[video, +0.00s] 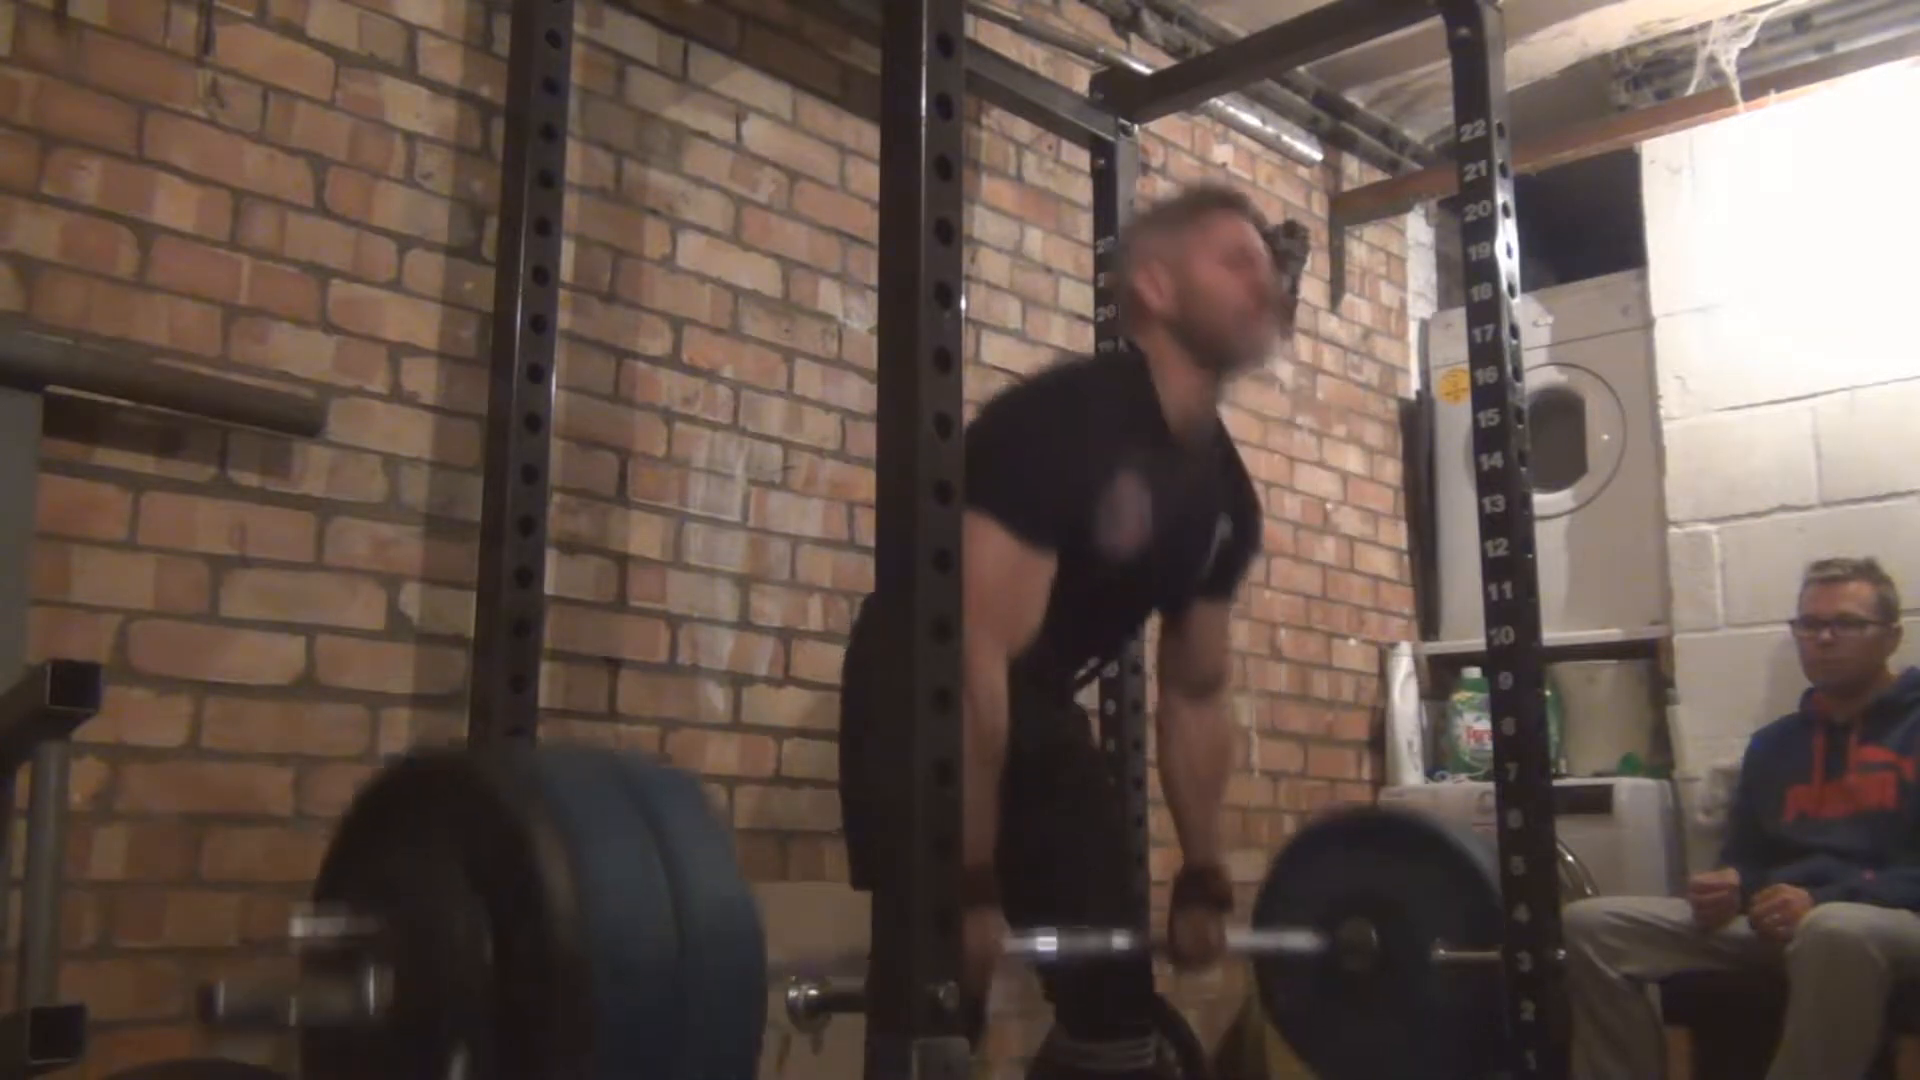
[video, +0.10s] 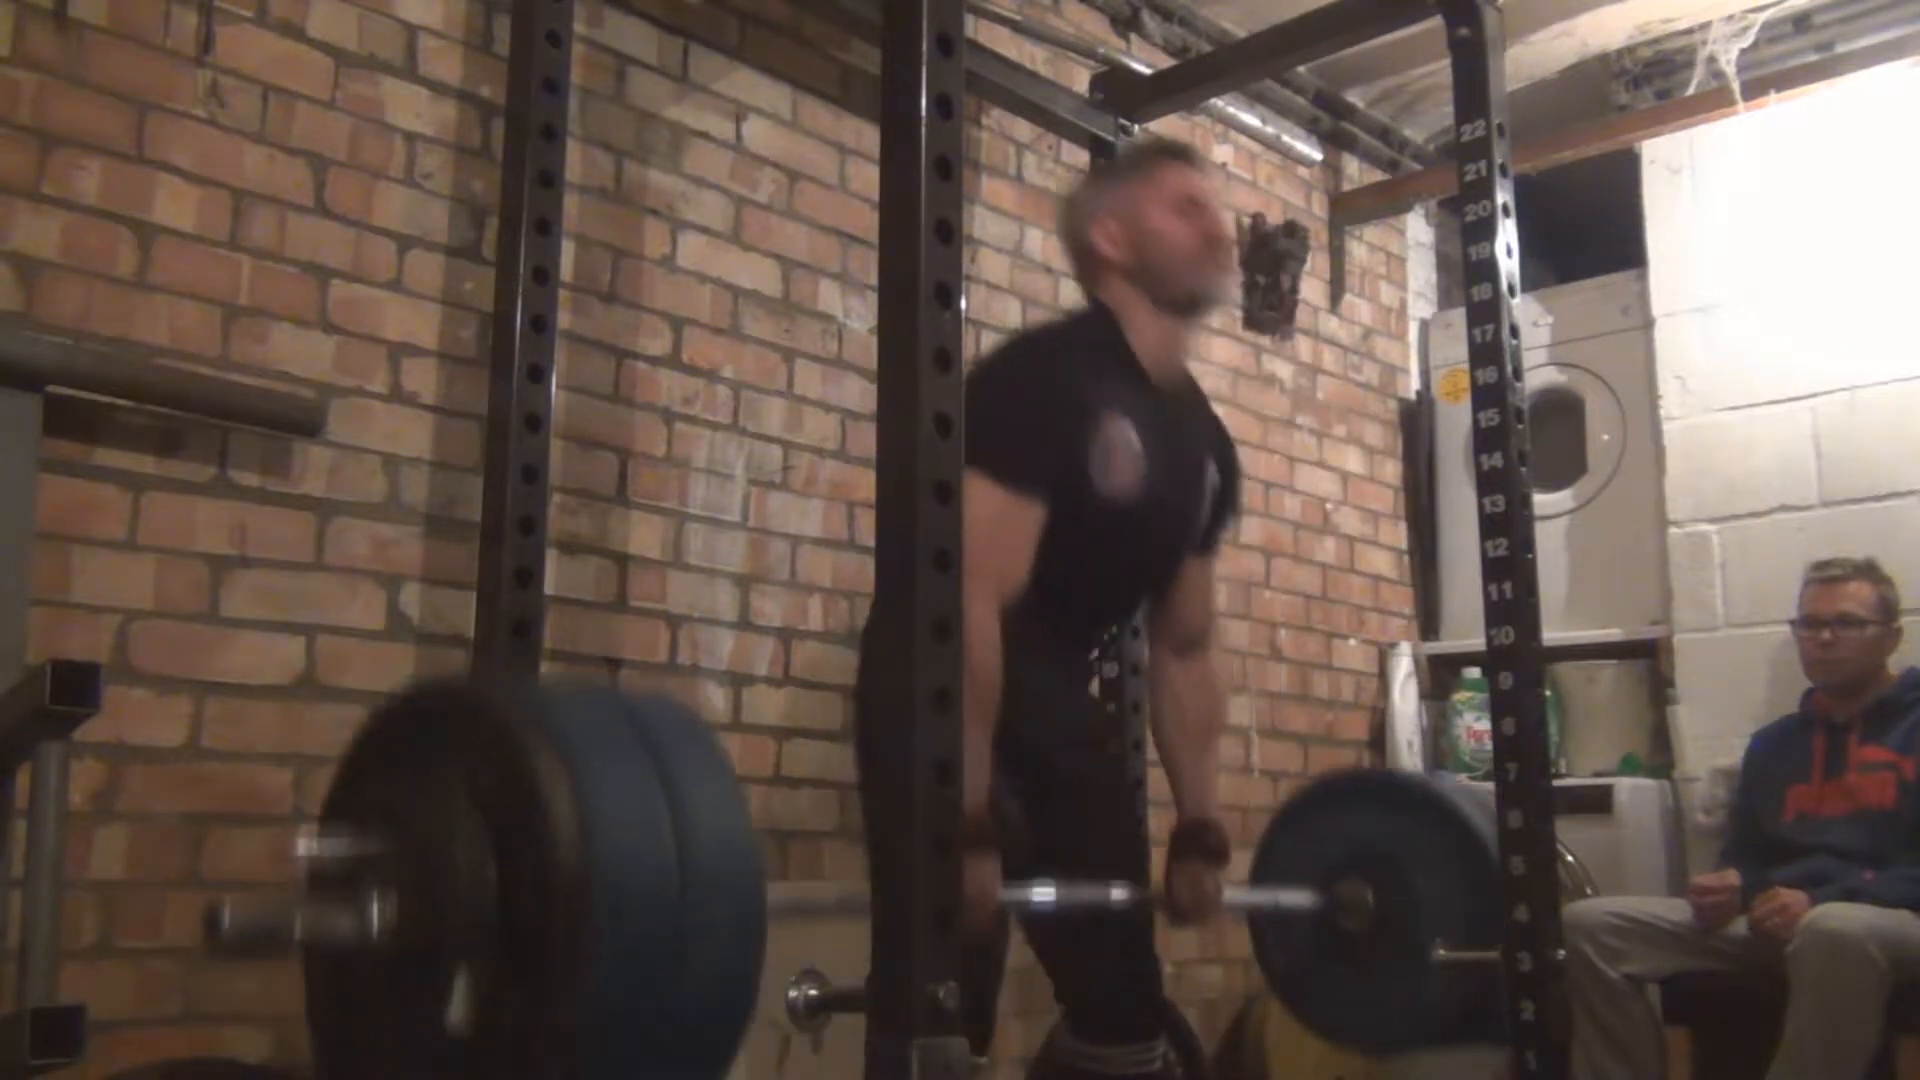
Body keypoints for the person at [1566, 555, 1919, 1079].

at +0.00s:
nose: (1824, 638)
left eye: (1846, 624)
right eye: (1811, 624)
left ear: (1891, 636)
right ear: (1795, 634)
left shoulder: (1912, 723)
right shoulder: (1773, 745)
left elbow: (1912, 876)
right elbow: (1746, 856)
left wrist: (1819, 901)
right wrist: (1730, 884)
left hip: (1894, 920)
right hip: (1772, 919)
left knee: (1833, 936)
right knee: (1590, 928)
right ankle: (1625, 1073)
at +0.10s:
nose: (1824, 638)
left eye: (1846, 624)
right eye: (1811, 624)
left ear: (1892, 637)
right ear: (1796, 634)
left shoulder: (1914, 722)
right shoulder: (1773, 744)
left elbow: (1913, 876)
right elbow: (1745, 857)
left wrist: (1819, 901)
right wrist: (1732, 885)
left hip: (1895, 919)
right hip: (1773, 919)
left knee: (1832, 936)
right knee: (1590, 929)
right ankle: (1626, 1072)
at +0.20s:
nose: (1823, 638)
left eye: (1846, 624)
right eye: (1811, 623)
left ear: (1892, 637)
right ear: (1796, 633)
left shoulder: (1914, 722)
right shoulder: (1773, 743)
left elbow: (1914, 871)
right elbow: (1744, 855)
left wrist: (1819, 902)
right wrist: (1732, 886)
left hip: (1895, 918)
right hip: (1771, 918)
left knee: (1833, 936)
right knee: (1587, 929)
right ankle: (1632, 1073)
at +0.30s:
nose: (1824, 637)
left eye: (1847, 623)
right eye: (1812, 623)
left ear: (1893, 637)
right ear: (1797, 632)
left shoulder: (1914, 721)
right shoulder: (1774, 743)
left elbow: (1914, 870)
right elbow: (1743, 853)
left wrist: (1818, 903)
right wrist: (1731, 887)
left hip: (1894, 916)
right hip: (1770, 917)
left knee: (1833, 936)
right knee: (1587, 929)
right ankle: (1631, 1073)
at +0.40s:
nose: (1825, 637)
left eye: (1848, 623)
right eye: (1812, 622)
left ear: (1894, 637)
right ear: (1797, 633)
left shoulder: (1913, 722)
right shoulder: (1774, 743)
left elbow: (1913, 871)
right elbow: (1743, 849)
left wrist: (1818, 902)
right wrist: (1730, 886)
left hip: (1892, 916)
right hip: (1768, 916)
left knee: (1832, 937)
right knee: (1586, 929)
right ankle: (1630, 1074)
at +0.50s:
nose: (1825, 637)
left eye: (1848, 623)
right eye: (1812, 622)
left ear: (1894, 637)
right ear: (1797, 632)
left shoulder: (1913, 721)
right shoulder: (1774, 743)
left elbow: (1914, 870)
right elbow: (1742, 849)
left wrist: (1818, 903)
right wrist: (1728, 886)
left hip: (1894, 917)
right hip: (1769, 916)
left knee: (1832, 937)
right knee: (1589, 928)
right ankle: (1628, 1073)